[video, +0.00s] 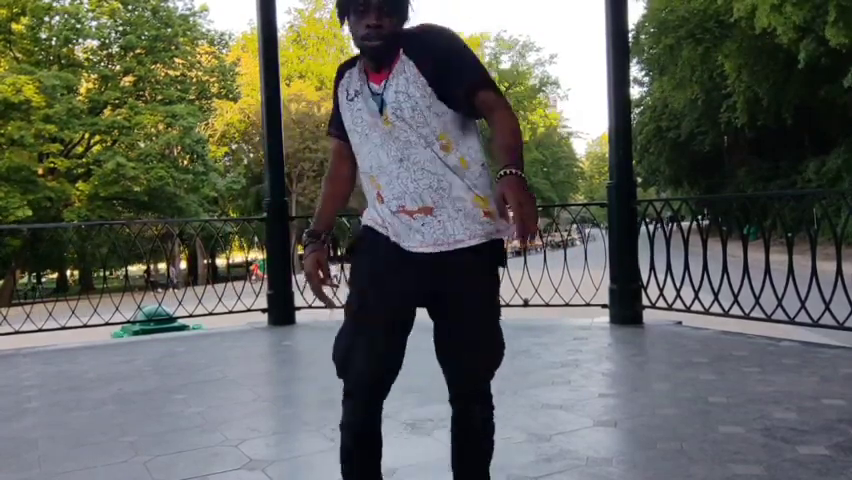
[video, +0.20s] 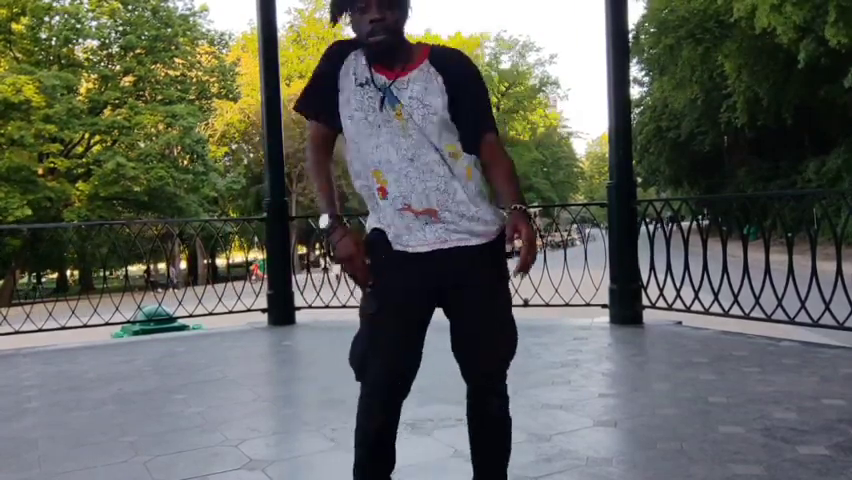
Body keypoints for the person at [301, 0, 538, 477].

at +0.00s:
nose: (372, 20)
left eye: (384, 10)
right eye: (360, 11)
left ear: (403, 14)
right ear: (346, 20)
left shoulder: (435, 44)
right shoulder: (347, 80)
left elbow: (498, 112)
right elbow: (343, 161)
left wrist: (511, 174)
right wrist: (319, 235)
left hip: (467, 248)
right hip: (387, 249)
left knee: (470, 391)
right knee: (361, 387)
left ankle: (472, 478)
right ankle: (360, 477)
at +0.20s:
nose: (372, 16)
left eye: (383, 5)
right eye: (360, 8)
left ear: (404, 9)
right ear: (349, 18)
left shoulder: (452, 65)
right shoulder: (341, 64)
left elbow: (488, 143)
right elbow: (318, 147)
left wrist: (515, 206)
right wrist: (335, 225)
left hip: (475, 251)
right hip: (397, 256)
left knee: (489, 385)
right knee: (380, 389)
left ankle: (491, 479)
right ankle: (369, 477)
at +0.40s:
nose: (431, 15)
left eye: (443, 5)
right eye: (419, 7)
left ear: (464, 11)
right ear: (405, 15)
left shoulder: (496, 81)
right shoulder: (377, 74)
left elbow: (494, 167)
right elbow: (305, 140)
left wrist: (502, 236)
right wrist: (345, 217)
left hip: (467, 259)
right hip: (388, 259)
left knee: (486, 386)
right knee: (363, 386)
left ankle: (488, 479)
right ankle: (363, 478)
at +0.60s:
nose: (465, 15)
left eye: (478, 4)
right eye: (453, 6)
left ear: (500, 10)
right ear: (439, 15)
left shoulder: (525, 65)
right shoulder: (413, 84)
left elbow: (531, 155)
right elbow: (333, 147)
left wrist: (518, 239)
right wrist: (346, 229)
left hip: (478, 259)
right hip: (401, 255)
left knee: (489, 393)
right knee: (383, 383)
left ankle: (487, 479)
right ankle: (347, 476)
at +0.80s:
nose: (455, 10)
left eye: (466, 0)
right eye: (443, 2)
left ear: (487, 6)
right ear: (431, 10)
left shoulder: (516, 45)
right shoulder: (407, 93)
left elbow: (554, 128)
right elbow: (374, 176)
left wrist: (556, 215)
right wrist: (362, 254)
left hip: (516, 250)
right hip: (441, 250)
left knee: (520, 387)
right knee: (436, 379)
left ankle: (499, 476)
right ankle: (419, 473)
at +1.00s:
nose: (462, 11)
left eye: (474, 3)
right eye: (451, 2)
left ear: (490, 8)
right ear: (434, 7)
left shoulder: (513, 47)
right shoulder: (408, 73)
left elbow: (563, 121)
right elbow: (403, 166)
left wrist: (602, 197)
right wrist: (406, 244)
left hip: (512, 247)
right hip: (441, 251)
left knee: (545, 373)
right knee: (445, 380)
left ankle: (568, 473)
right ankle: (447, 473)